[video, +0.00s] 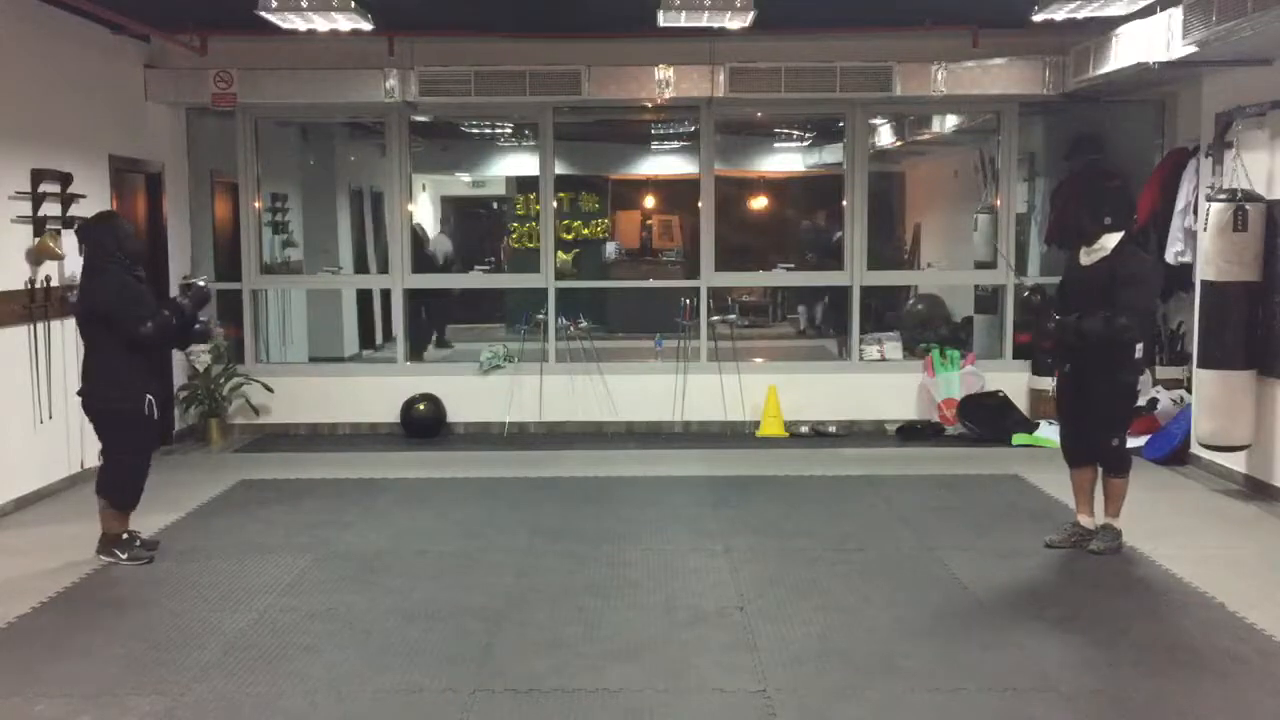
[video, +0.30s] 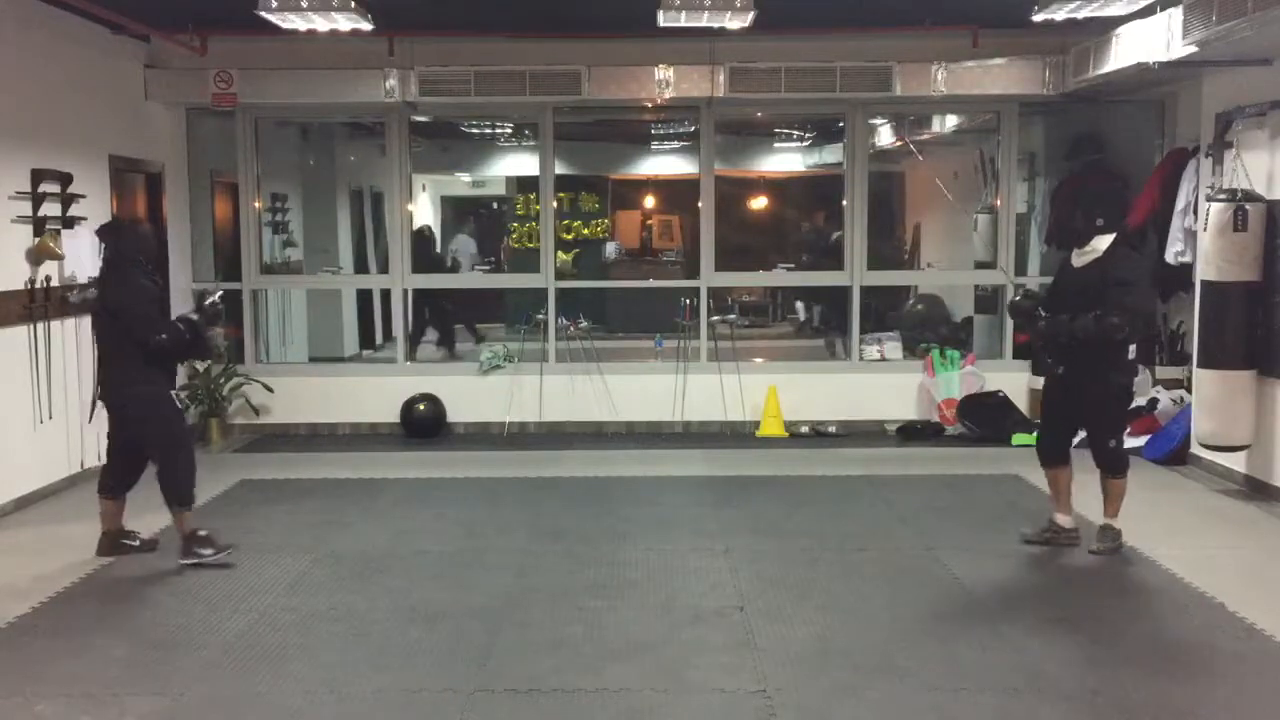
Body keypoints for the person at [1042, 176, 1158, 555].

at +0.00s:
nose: (1066, 222)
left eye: (1073, 213)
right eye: (1066, 213)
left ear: (1094, 212)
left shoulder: (1132, 260)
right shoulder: (1078, 258)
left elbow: (1133, 324)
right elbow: (1065, 310)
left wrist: (1074, 328)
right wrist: (1054, 324)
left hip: (1116, 368)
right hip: (1077, 366)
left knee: (1113, 444)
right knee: (1077, 442)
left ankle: (1111, 527)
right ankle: (1084, 523)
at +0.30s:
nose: (1060, 219)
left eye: (1066, 212)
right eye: (1061, 211)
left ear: (1089, 215)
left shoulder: (1123, 261)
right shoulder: (1071, 260)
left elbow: (1127, 322)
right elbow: (1058, 309)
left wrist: (1061, 329)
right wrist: (1033, 311)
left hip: (1108, 374)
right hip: (1067, 371)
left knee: (1108, 448)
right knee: (1051, 443)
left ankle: (1110, 526)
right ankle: (1062, 523)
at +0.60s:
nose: (1038, 231)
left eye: (1044, 223)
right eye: (1037, 223)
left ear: (1065, 223)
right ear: (1043, 226)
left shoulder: (1099, 265)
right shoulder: (1043, 271)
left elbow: (1104, 324)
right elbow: (1031, 322)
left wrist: (1053, 334)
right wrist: (1008, 324)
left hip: (1087, 373)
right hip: (1046, 371)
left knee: (1097, 450)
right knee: (1016, 439)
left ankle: (1108, 527)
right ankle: (987, 517)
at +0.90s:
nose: (978, 235)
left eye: (984, 226)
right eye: (979, 227)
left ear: (1007, 227)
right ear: (1003, 229)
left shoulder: (1043, 265)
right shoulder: (992, 274)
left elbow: (1046, 324)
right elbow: (987, 325)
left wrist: (991, 339)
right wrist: (959, 330)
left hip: (1041, 375)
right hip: (1002, 375)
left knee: (1059, 448)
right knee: (979, 442)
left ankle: (1098, 520)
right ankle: (975, 524)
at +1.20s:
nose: (946, 228)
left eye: (952, 220)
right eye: (946, 220)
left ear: (974, 221)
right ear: (975, 221)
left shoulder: (1011, 266)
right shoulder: (955, 265)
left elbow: (1016, 328)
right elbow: (930, 306)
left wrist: (999, 372)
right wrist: (892, 320)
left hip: (999, 372)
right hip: (964, 371)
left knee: (995, 447)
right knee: (968, 447)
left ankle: (1033, 509)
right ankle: (975, 523)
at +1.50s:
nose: (913, 231)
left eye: (918, 223)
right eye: (914, 224)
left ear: (940, 225)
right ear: (946, 225)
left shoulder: (980, 270)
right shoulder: (924, 265)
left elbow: (1014, 321)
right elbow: (902, 304)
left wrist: (1033, 370)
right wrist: (873, 331)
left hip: (962, 372)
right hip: (929, 371)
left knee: (933, 446)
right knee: (952, 448)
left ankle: (913, 531)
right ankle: (974, 524)